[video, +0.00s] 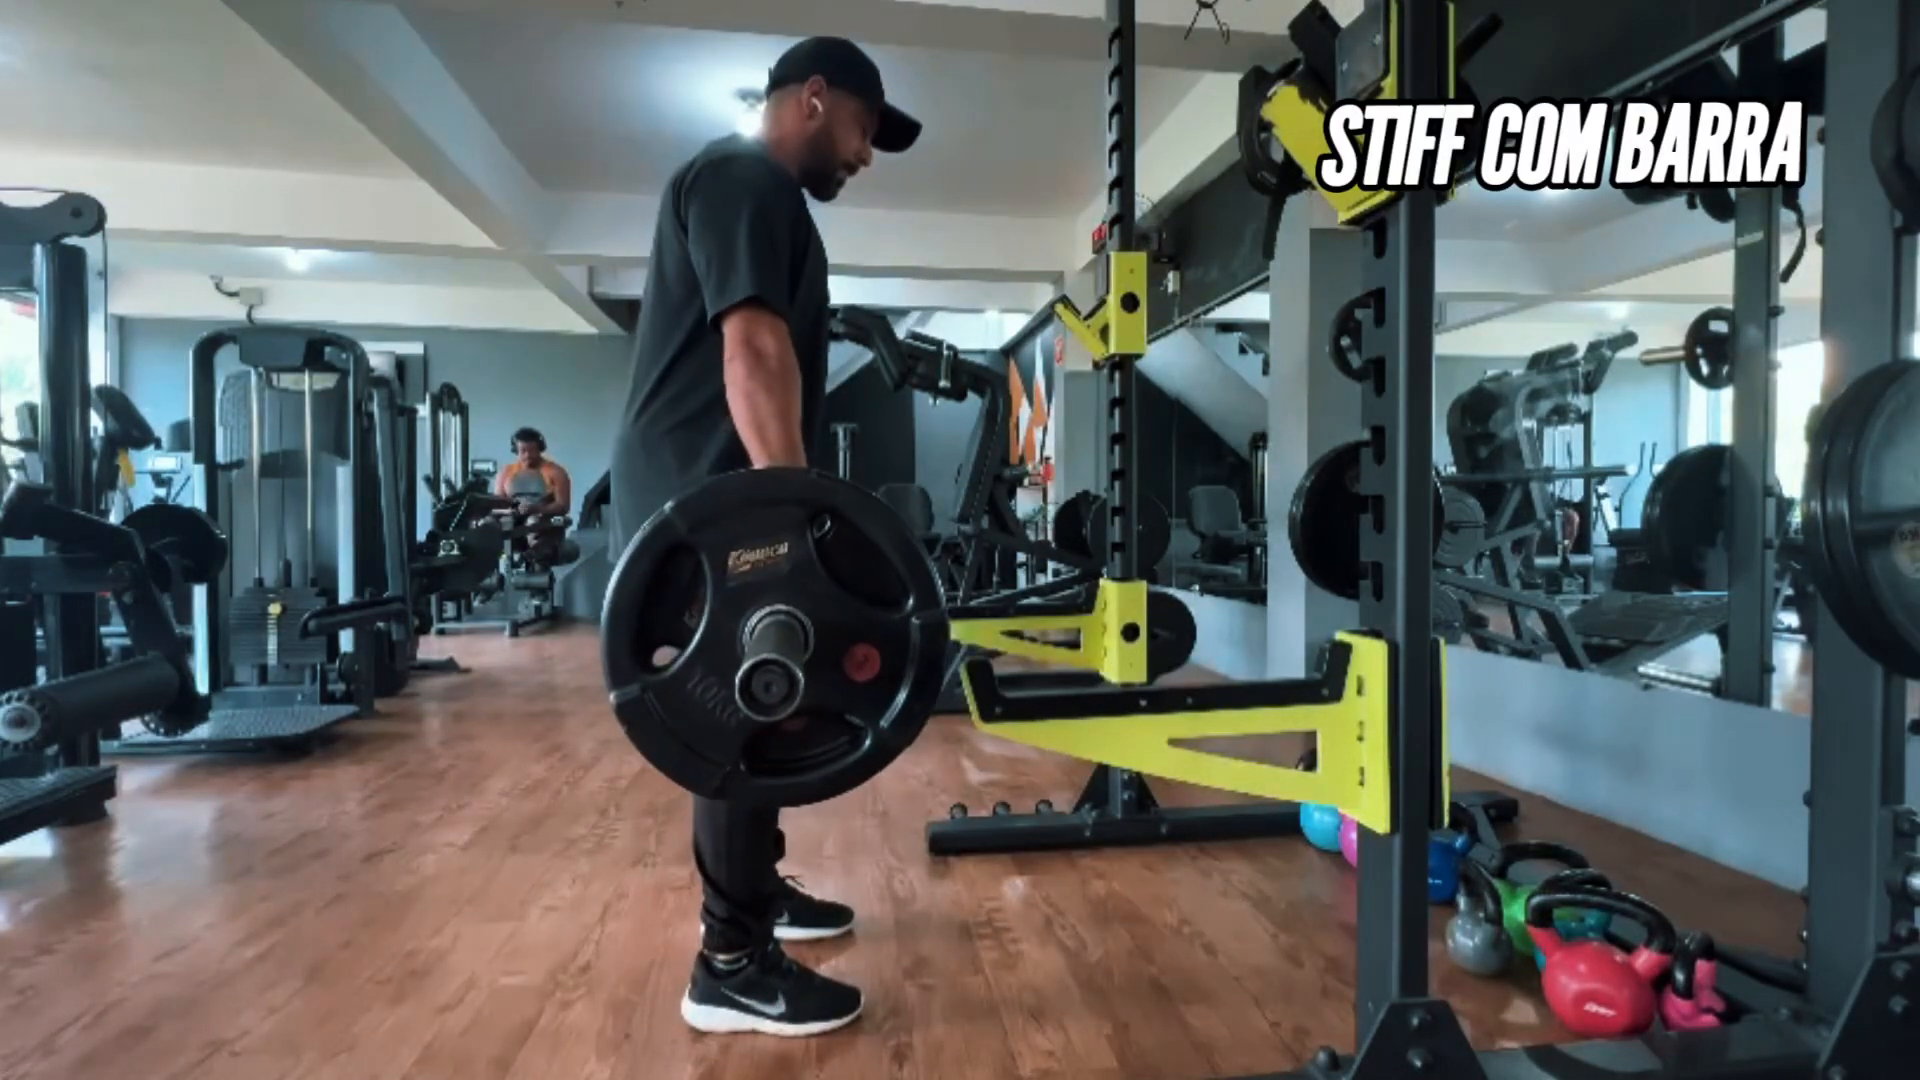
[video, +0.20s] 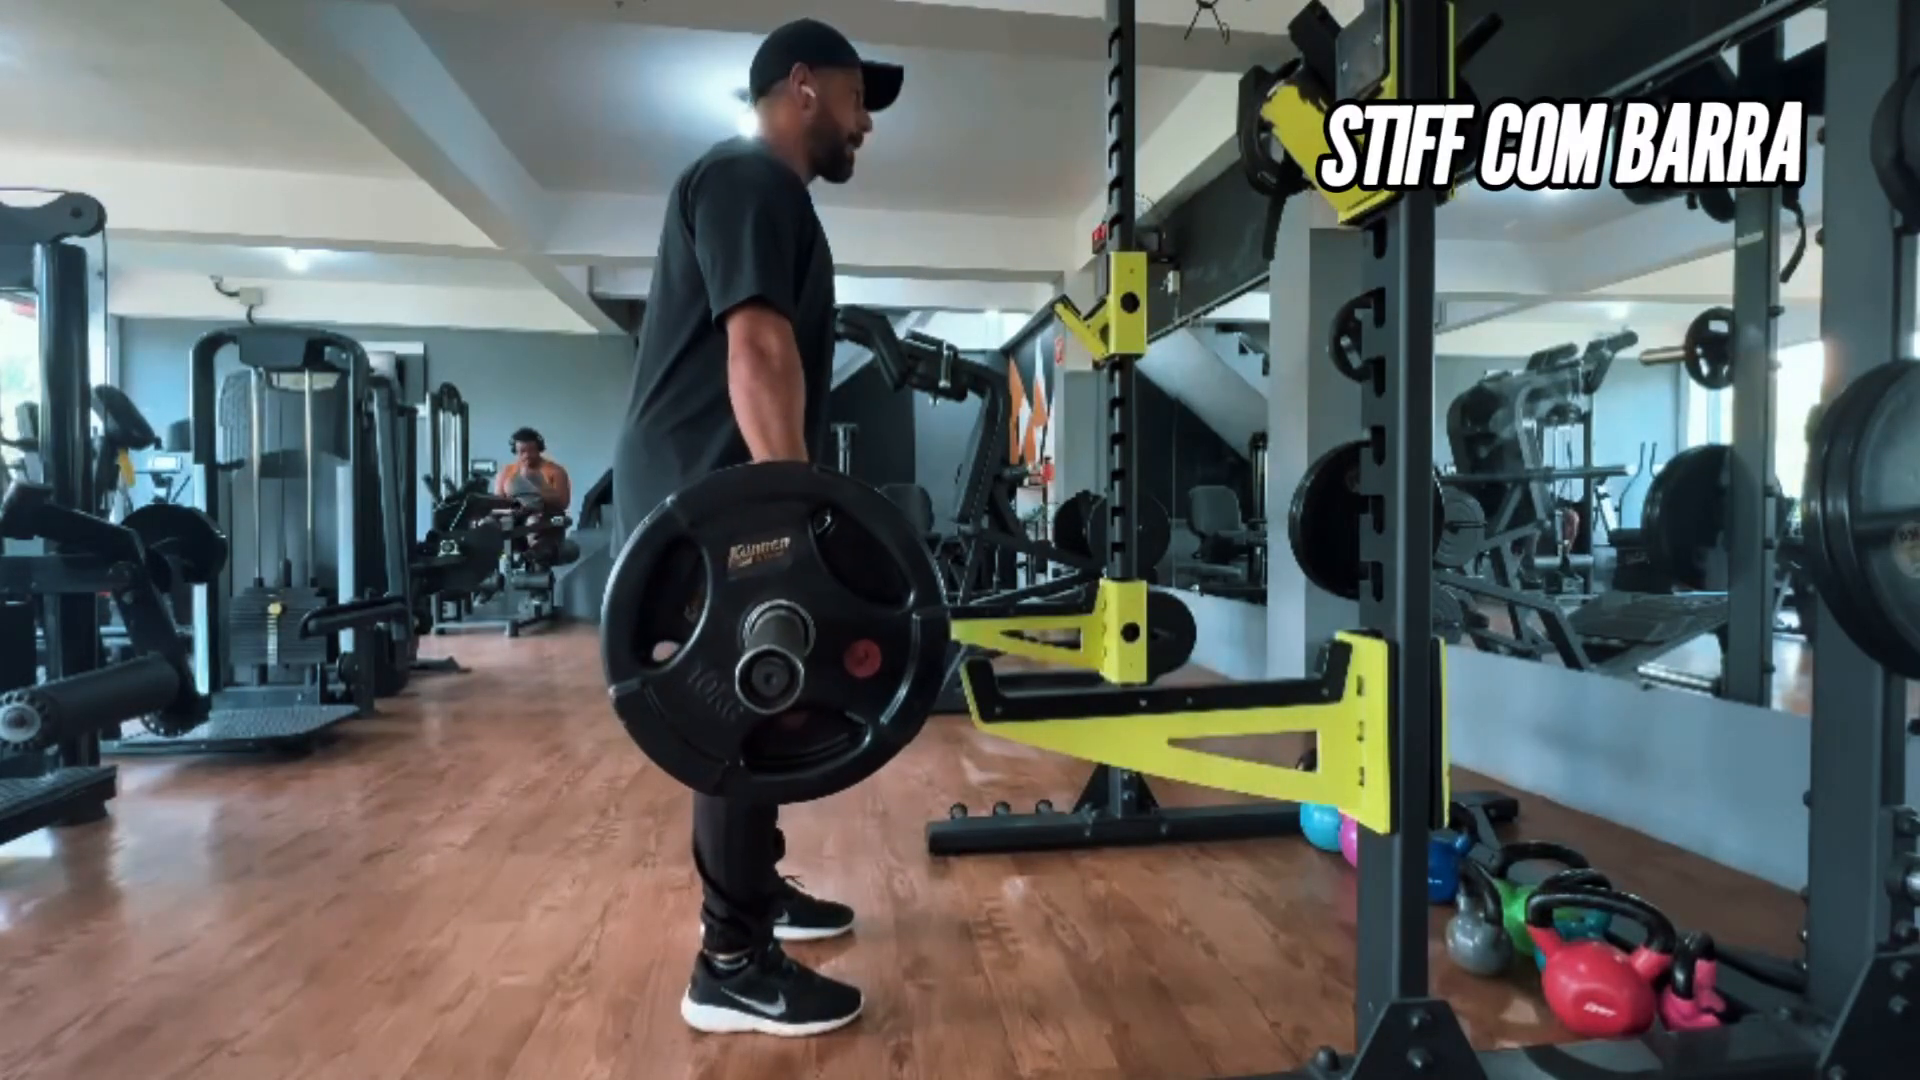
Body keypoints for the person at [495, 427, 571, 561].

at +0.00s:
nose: (528, 456)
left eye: (532, 451)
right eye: (523, 451)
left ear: (540, 450)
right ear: (517, 452)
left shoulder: (556, 473)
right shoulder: (507, 472)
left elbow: (562, 505)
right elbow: (499, 501)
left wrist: (535, 510)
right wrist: (513, 509)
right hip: (513, 528)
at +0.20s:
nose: (527, 456)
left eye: (531, 451)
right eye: (522, 452)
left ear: (539, 450)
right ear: (516, 452)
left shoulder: (555, 472)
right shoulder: (507, 472)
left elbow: (562, 502)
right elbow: (500, 500)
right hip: (515, 523)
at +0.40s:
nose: (526, 455)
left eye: (530, 449)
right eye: (521, 450)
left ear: (539, 449)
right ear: (515, 452)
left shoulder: (556, 471)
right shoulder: (506, 473)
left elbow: (558, 499)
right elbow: (500, 501)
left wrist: (534, 473)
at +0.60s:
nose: (524, 454)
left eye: (528, 449)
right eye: (520, 450)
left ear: (538, 449)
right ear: (514, 451)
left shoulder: (555, 471)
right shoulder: (506, 473)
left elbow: (558, 499)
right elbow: (500, 501)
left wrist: (532, 475)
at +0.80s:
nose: (524, 454)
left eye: (529, 449)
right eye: (521, 449)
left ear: (538, 449)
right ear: (515, 450)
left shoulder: (554, 470)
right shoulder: (508, 472)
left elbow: (555, 497)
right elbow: (500, 500)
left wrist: (531, 472)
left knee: (532, 524)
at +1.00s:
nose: (525, 453)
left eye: (530, 449)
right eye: (522, 448)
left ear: (539, 450)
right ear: (516, 449)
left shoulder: (555, 470)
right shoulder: (507, 472)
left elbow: (552, 495)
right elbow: (500, 499)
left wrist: (530, 471)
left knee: (532, 523)